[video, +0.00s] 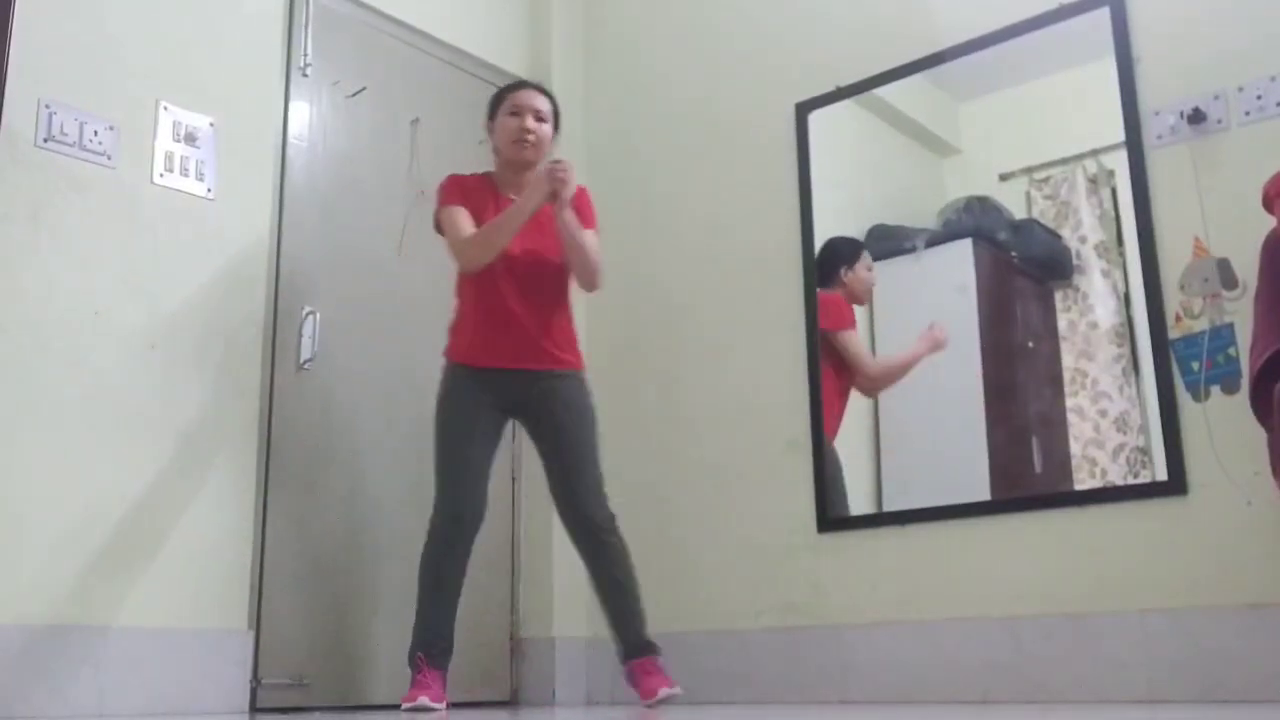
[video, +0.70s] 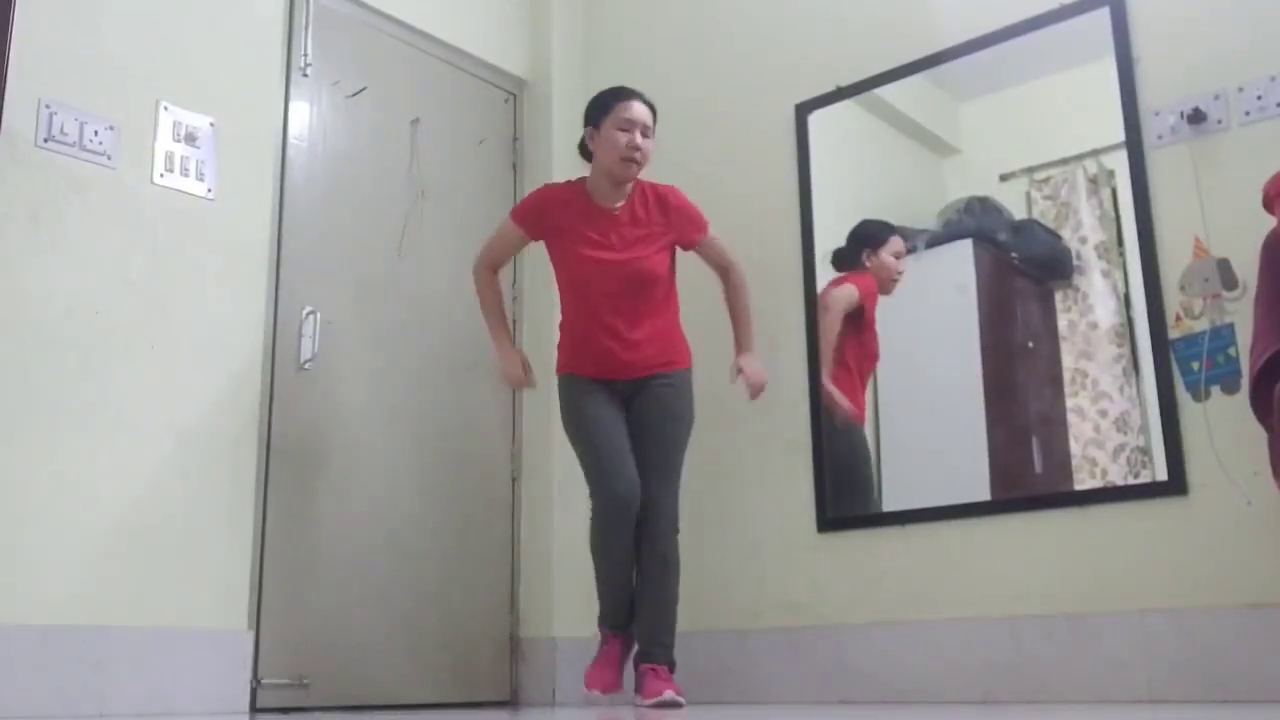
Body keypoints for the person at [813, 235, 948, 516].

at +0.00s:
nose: (873, 279)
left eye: (872, 270)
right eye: (868, 269)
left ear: (845, 274)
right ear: (845, 273)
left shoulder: (825, 305)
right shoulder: (831, 303)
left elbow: (869, 385)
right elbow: (870, 375)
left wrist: (922, 348)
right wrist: (924, 346)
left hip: (817, 442)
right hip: (813, 443)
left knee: (833, 527)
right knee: (835, 528)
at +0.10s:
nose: (878, 275)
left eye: (875, 266)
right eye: (871, 265)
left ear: (848, 271)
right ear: (847, 271)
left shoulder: (826, 306)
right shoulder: (840, 299)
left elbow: (872, 391)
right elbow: (877, 368)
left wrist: (928, 362)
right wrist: (933, 354)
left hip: (817, 439)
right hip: (819, 439)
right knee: (841, 530)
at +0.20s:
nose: (883, 272)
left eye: (881, 263)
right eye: (876, 262)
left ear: (853, 268)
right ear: (851, 267)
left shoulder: (831, 301)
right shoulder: (846, 295)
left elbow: (864, 398)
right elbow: (871, 369)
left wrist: (927, 409)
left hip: (821, 433)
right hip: (822, 434)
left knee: (841, 527)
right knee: (851, 526)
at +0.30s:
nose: (888, 271)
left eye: (887, 262)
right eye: (879, 261)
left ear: (851, 268)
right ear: (851, 266)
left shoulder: (832, 300)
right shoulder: (852, 294)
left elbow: (851, 400)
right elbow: (869, 370)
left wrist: (887, 457)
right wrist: (899, 448)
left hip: (825, 431)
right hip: (826, 432)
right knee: (855, 526)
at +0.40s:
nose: (894, 269)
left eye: (895, 261)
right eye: (885, 259)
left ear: (853, 267)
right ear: (855, 263)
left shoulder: (832, 293)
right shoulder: (858, 290)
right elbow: (850, 349)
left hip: (818, 425)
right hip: (830, 427)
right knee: (860, 514)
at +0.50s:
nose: (899, 267)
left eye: (901, 259)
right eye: (890, 257)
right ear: (860, 259)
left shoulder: (836, 288)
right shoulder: (864, 283)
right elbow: (840, 307)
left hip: (828, 420)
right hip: (836, 422)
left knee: (864, 512)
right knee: (856, 517)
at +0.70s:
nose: (901, 268)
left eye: (902, 258)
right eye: (895, 256)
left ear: (869, 259)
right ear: (869, 257)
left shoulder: (838, 286)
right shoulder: (863, 282)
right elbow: (831, 301)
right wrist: (826, 380)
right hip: (841, 418)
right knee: (860, 513)